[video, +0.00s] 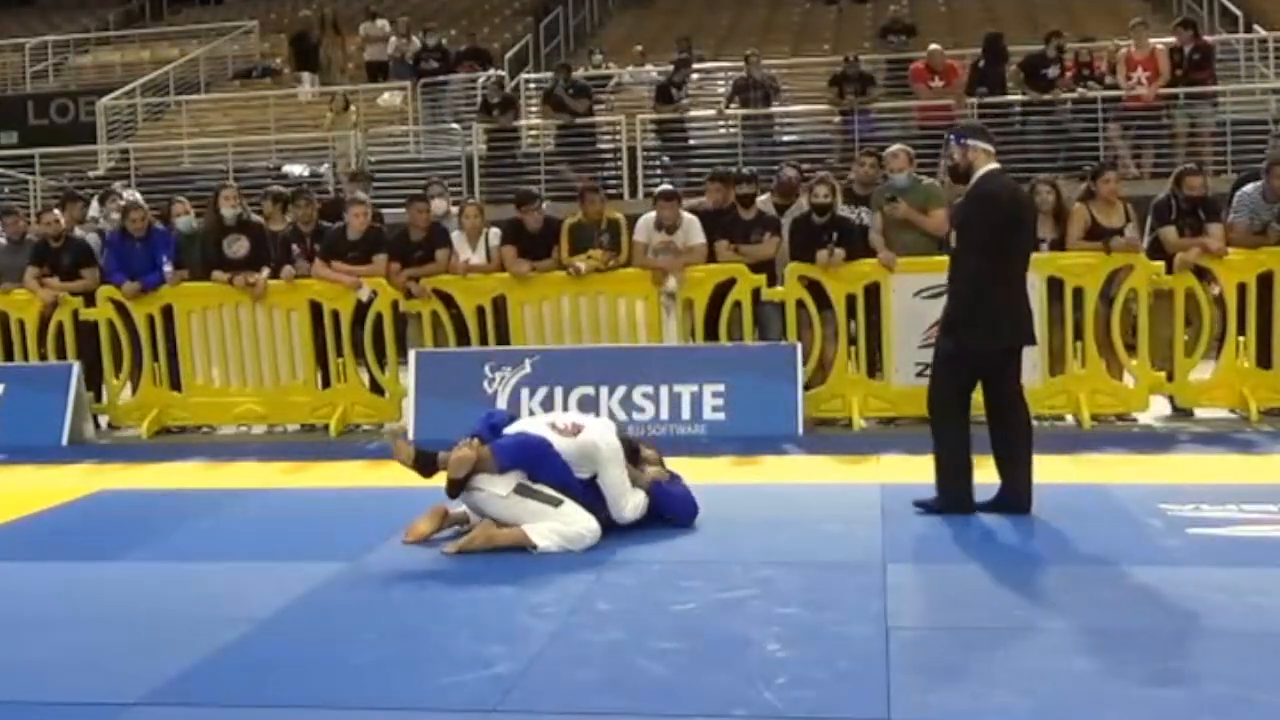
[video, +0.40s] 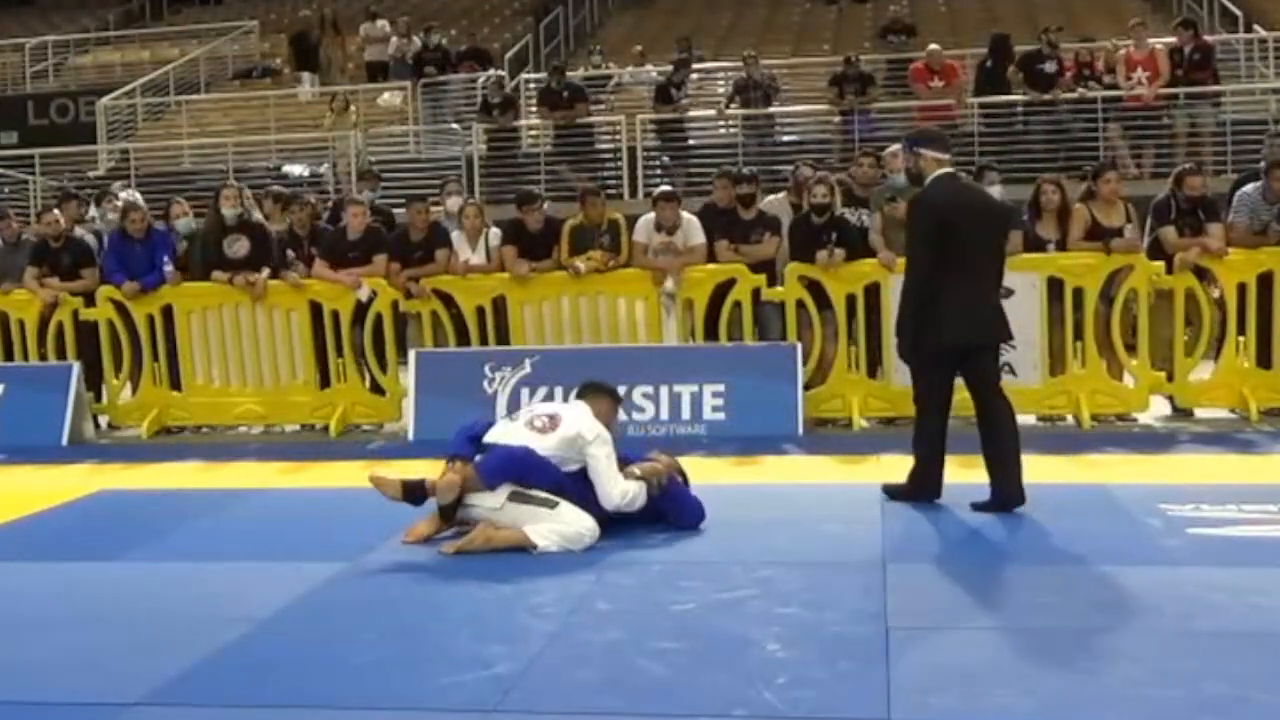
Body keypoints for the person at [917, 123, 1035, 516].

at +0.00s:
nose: (951, 162)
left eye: (953, 154)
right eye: (951, 154)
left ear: (968, 151)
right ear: (989, 151)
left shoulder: (978, 198)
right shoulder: (1017, 195)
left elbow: (971, 269)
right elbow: (1008, 269)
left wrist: (950, 320)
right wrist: (957, 314)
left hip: (971, 322)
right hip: (1006, 320)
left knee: (946, 402)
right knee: (1007, 403)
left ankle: (954, 494)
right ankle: (1016, 493)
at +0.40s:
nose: (905, 167)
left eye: (908, 159)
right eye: (906, 159)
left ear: (923, 158)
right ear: (945, 158)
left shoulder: (924, 203)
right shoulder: (985, 200)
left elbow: (917, 274)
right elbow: (994, 267)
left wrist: (904, 330)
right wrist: (987, 307)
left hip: (935, 321)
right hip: (981, 319)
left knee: (931, 408)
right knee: (991, 401)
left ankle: (924, 483)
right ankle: (1008, 490)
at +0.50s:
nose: (893, 168)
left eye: (895, 161)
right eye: (893, 162)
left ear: (907, 158)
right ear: (933, 157)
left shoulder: (912, 204)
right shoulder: (972, 196)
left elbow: (905, 273)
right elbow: (981, 262)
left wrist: (890, 328)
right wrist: (973, 305)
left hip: (924, 320)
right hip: (970, 317)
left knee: (924, 408)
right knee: (976, 396)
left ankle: (922, 484)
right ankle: (1002, 481)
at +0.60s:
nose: (879, 170)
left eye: (881, 163)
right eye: (879, 163)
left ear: (895, 159)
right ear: (916, 157)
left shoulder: (898, 205)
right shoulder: (956, 195)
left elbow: (891, 270)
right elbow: (970, 257)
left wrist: (881, 310)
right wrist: (960, 300)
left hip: (914, 318)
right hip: (957, 314)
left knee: (914, 400)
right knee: (949, 392)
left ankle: (921, 483)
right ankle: (988, 468)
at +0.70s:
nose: (868, 171)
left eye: (869, 164)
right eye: (868, 164)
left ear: (883, 162)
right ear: (907, 159)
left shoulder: (890, 207)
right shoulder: (945, 197)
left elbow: (881, 276)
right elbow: (959, 262)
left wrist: (865, 331)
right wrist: (952, 305)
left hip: (904, 318)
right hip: (946, 314)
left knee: (910, 398)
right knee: (930, 390)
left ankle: (920, 483)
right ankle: (968, 462)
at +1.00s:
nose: (841, 176)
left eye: (842, 170)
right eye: (841, 170)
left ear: (854, 166)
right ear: (877, 163)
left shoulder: (862, 207)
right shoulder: (913, 202)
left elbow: (855, 273)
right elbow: (928, 261)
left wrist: (842, 327)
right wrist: (924, 310)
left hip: (879, 317)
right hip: (913, 313)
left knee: (896, 397)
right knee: (885, 393)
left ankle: (919, 482)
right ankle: (865, 464)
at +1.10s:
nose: (833, 175)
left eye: (834, 168)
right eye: (833, 169)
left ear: (847, 165)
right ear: (869, 162)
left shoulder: (858, 205)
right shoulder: (897, 198)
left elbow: (851, 273)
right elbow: (909, 264)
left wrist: (836, 329)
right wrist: (909, 315)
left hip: (870, 318)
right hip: (901, 314)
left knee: (883, 397)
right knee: (874, 393)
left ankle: (915, 480)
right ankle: (862, 468)